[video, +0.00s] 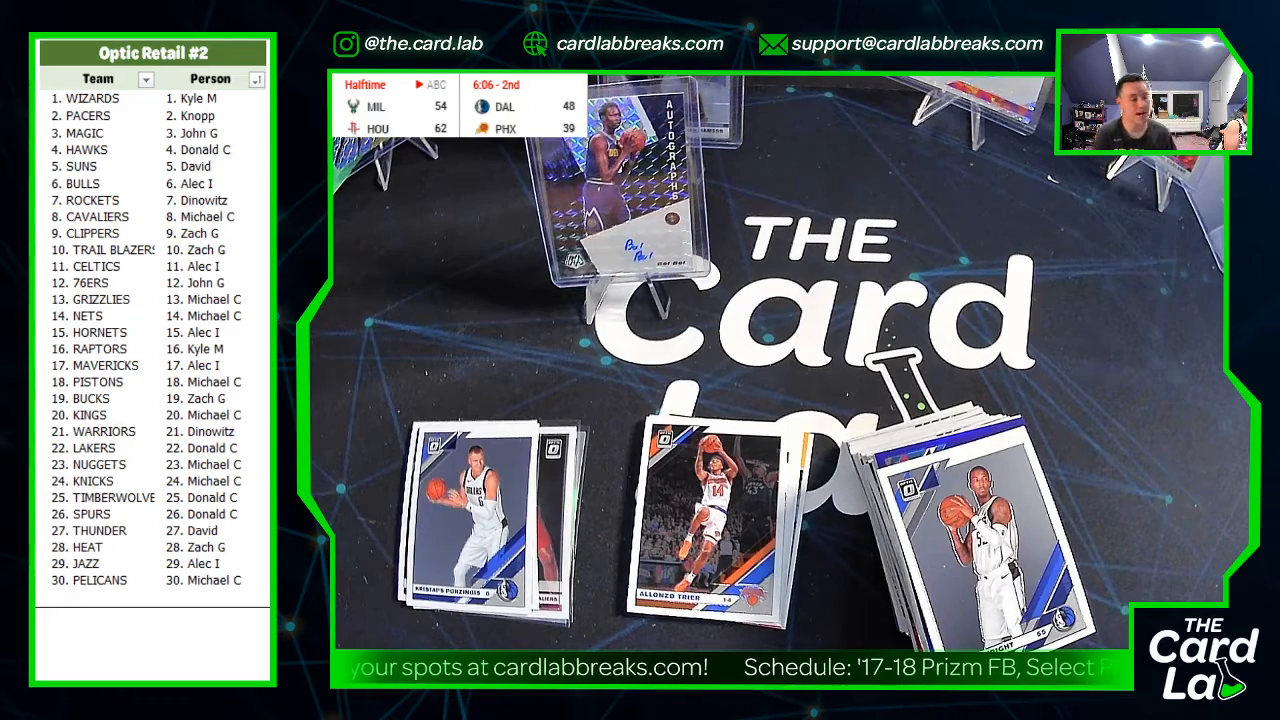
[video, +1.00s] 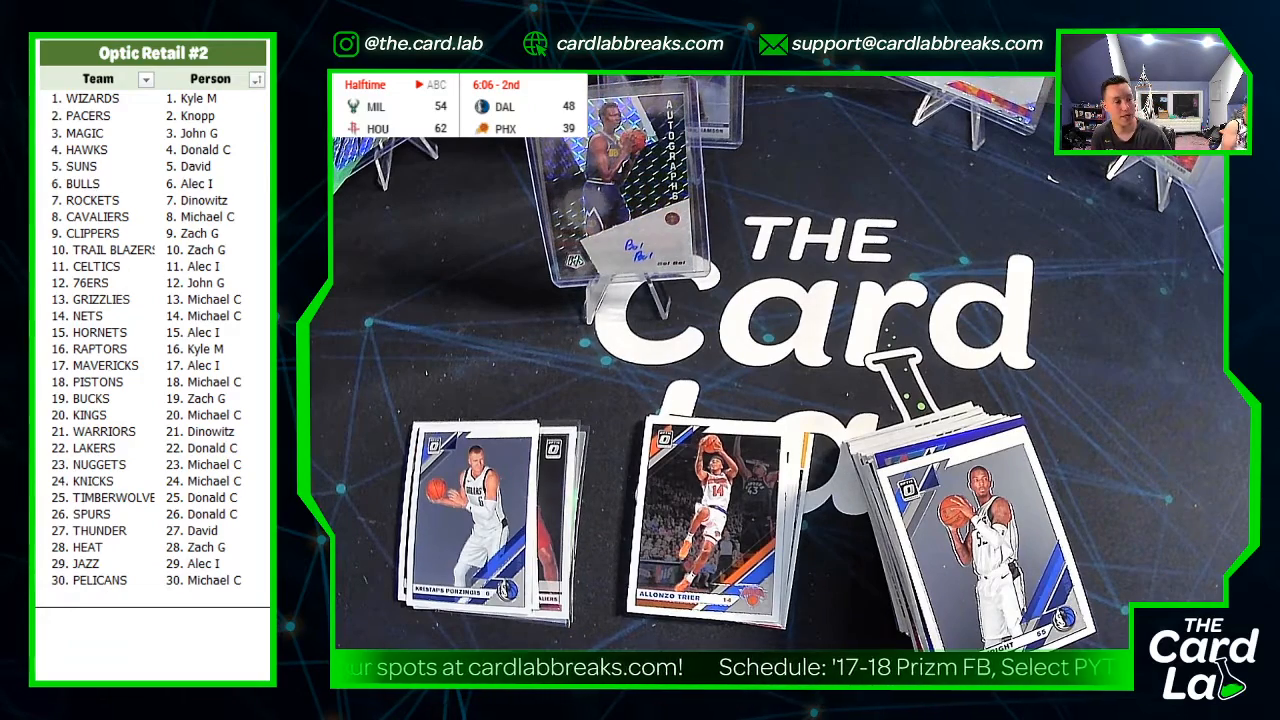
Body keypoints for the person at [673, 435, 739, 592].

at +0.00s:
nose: (714, 463)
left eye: (717, 461)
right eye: (713, 461)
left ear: (721, 465)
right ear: (710, 465)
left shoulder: (727, 476)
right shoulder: (706, 476)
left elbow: (734, 469)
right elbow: (699, 471)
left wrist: (721, 452)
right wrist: (700, 451)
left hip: (721, 513)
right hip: (706, 507)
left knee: (707, 549)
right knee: (704, 511)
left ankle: (688, 578)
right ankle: (688, 540)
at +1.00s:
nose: (714, 463)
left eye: (717, 461)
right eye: (713, 461)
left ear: (721, 465)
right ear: (710, 465)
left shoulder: (727, 476)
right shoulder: (706, 476)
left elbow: (734, 468)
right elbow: (698, 470)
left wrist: (722, 452)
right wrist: (700, 451)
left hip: (721, 513)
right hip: (706, 507)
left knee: (707, 550)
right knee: (704, 511)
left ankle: (688, 578)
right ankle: (688, 539)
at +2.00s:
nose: (714, 463)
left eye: (717, 461)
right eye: (713, 461)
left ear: (721, 465)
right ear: (710, 465)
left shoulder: (727, 476)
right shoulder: (706, 477)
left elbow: (734, 468)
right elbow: (698, 470)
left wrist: (722, 452)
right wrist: (700, 451)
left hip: (721, 513)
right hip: (706, 507)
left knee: (707, 550)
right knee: (704, 511)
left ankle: (689, 578)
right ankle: (688, 539)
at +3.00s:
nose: (714, 463)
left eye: (717, 462)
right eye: (713, 461)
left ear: (721, 465)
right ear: (709, 465)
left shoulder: (727, 476)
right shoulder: (706, 476)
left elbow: (734, 468)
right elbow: (698, 470)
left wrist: (722, 452)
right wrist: (700, 450)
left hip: (721, 513)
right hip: (706, 507)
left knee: (707, 550)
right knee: (704, 512)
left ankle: (688, 579)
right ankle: (688, 540)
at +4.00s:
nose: (714, 463)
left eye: (717, 461)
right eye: (713, 461)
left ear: (721, 465)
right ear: (710, 465)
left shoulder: (727, 476)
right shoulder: (706, 476)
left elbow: (734, 469)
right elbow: (699, 470)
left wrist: (722, 452)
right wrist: (700, 451)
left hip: (721, 513)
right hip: (707, 507)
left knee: (707, 550)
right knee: (704, 511)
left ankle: (688, 579)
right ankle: (688, 540)